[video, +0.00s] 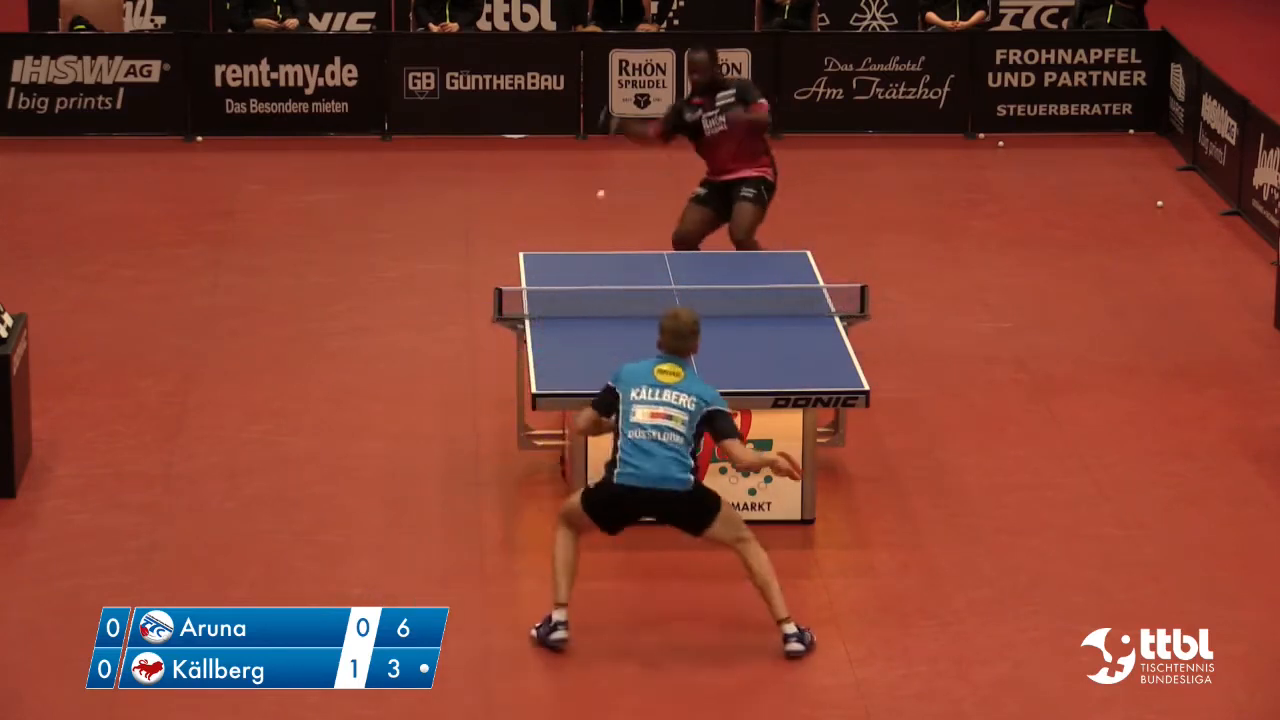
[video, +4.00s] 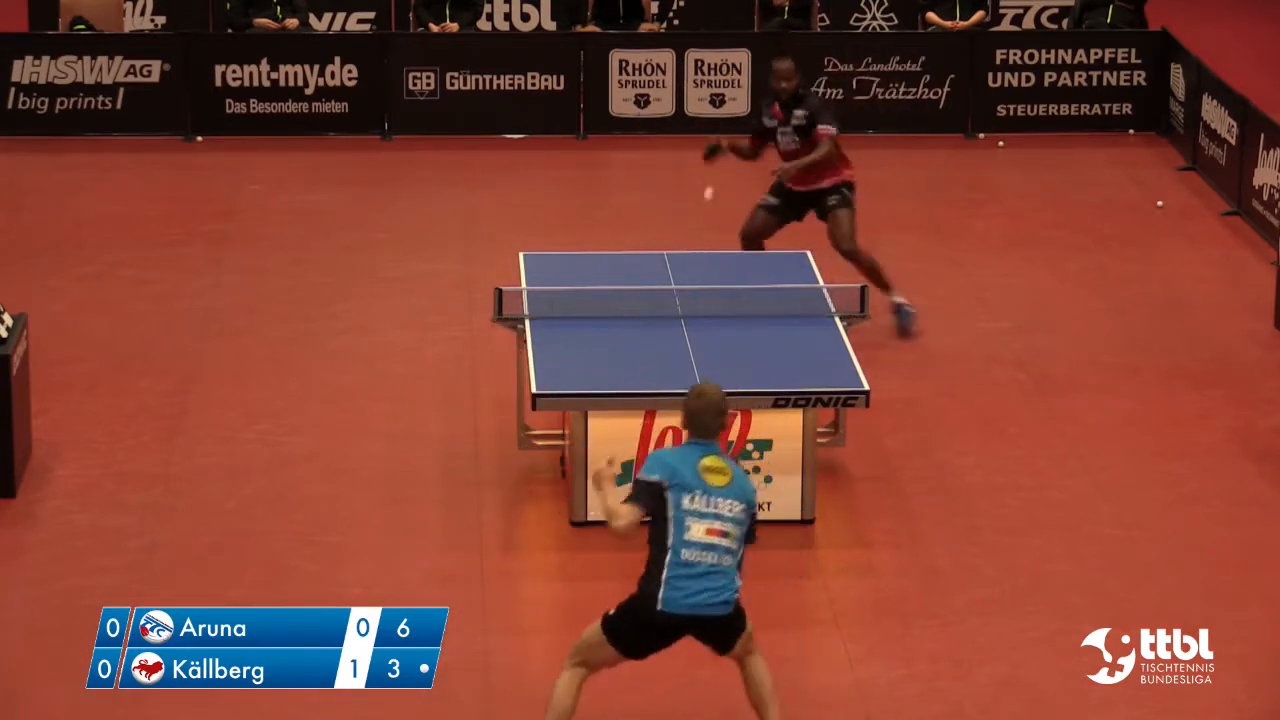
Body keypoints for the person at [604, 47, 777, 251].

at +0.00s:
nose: (695, 78)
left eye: (700, 72)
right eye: (691, 72)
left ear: (715, 67)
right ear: (688, 71)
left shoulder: (740, 88)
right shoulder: (685, 108)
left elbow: (764, 117)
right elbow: (655, 132)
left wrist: (743, 117)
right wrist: (620, 124)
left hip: (754, 175)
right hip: (718, 180)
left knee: (740, 234)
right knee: (683, 239)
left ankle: (771, 283)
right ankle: (697, 295)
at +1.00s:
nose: (748, 128)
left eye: (753, 121)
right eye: (742, 122)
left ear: (762, 119)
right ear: (734, 122)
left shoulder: (782, 143)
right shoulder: (722, 152)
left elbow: (813, 179)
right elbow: (712, 197)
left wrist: (797, 195)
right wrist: (724, 212)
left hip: (781, 218)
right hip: (738, 220)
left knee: (818, 267)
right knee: (684, 253)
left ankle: (858, 325)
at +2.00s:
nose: (760, 137)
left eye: (766, 131)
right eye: (756, 131)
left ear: (780, 127)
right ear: (754, 131)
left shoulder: (790, 153)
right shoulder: (769, 150)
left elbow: (770, 201)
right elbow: (786, 198)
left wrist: (728, 229)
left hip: (823, 233)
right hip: (785, 226)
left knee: (843, 302)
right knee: (731, 252)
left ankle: (913, 309)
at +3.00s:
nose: (802, 113)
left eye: (808, 106)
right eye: (799, 108)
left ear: (823, 104)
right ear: (798, 109)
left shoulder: (830, 130)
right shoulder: (826, 125)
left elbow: (800, 170)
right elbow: (866, 155)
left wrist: (756, 189)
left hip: (876, 210)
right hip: (842, 207)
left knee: (904, 274)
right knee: (787, 227)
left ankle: (966, 318)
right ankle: (791, 299)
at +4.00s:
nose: (781, 85)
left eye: (787, 79)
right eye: (777, 79)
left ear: (798, 79)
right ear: (770, 81)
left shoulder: (814, 106)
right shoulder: (769, 109)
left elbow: (827, 149)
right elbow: (753, 151)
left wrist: (792, 167)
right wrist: (727, 146)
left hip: (830, 185)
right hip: (793, 187)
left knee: (845, 245)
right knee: (750, 236)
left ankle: (896, 300)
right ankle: (763, 300)